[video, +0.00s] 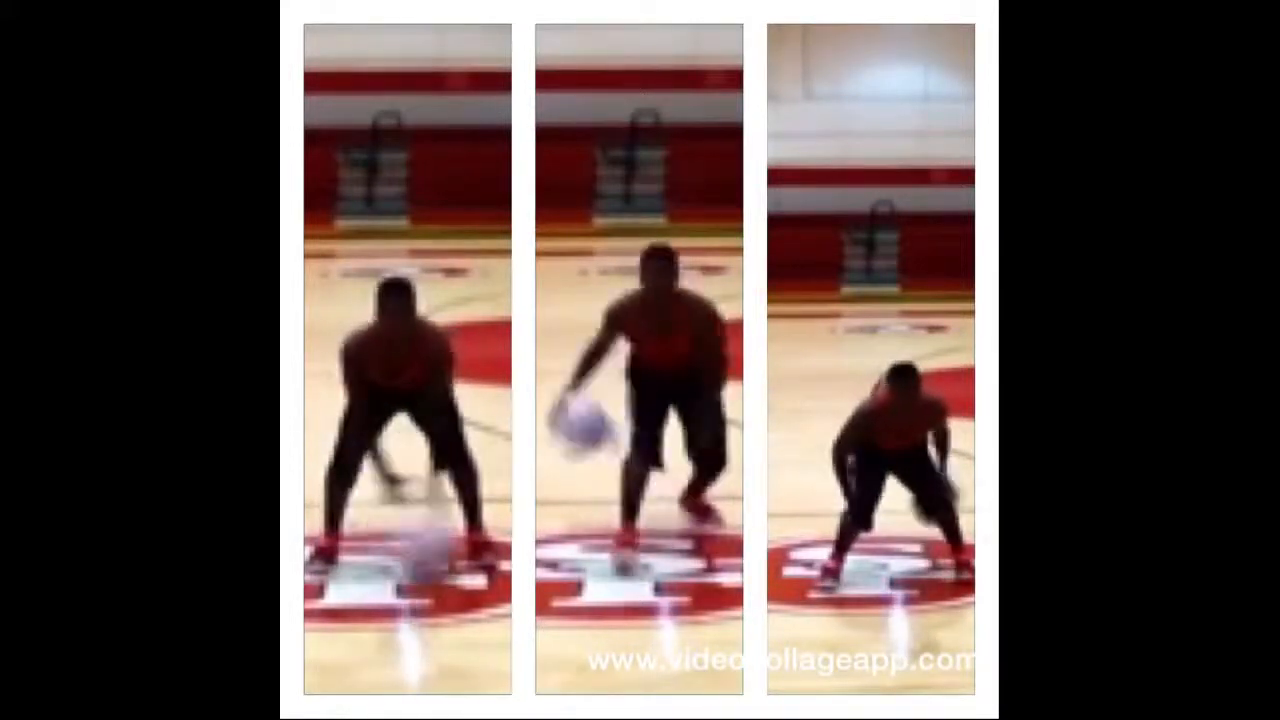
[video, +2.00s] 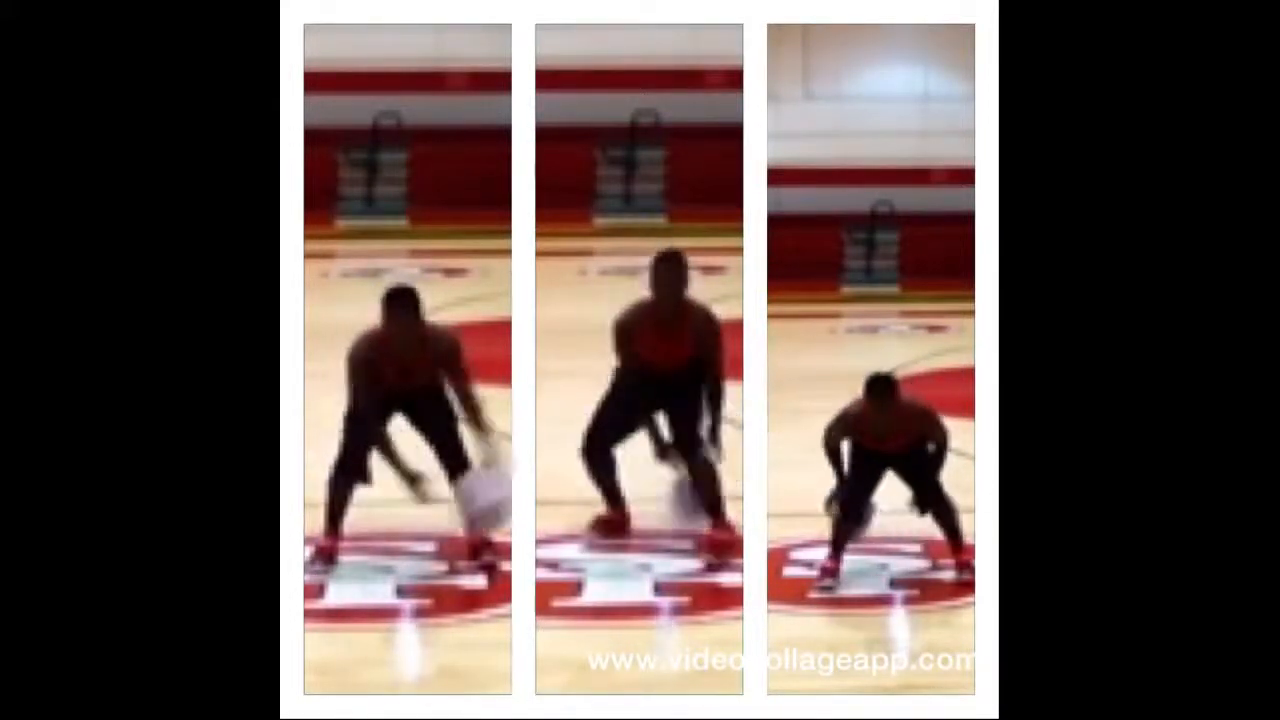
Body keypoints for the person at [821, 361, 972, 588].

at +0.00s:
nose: (905, 400)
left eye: (910, 393)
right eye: (899, 393)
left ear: (918, 389)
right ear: (889, 390)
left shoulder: (931, 409)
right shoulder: (871, 411)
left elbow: (941, 436)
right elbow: (839, 449)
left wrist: (942, 474)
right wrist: (849, 493)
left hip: (911, 454)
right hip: (871, 456)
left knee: (942, 502)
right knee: (859, 511)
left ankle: (960, 559)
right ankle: (835, 562)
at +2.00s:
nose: (881, 413)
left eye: (886, 406)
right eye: (875, 407)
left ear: (896, 399)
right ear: (867, 401)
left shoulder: (918, 414)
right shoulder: (856, 415)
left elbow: (941, 442)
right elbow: (831, 440)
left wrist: (926, 486)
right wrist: (841, 479)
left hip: (910, 453)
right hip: (868, 454)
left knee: (936, 500)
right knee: (850, 504)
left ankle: (960, 555)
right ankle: (833, 560)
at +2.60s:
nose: (890, 407)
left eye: (896, 400)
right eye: (885, 400)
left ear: (905, 393)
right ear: (877, 394)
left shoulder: (928, 411)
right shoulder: (864, 412)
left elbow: (950, 439)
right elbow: (843, 441)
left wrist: (937, 479)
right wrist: (858, 477)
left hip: (919, 454)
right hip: (878, 454)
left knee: (939, 502)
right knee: (862, 505)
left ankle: (961, 556)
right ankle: (835, 559)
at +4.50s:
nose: (906, 402)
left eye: (912, 395)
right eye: (901, 395)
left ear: (920, 390)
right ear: (891, 391)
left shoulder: (937, 408)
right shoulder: (876, 409)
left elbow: (946, 445)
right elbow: (846, 447)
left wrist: (935, 480)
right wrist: (860, 478)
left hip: (920, 453)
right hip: (881, 454)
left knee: (945, 503)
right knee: (864, 508)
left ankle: (962, 557)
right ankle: (835, 560)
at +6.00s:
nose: (888, 405)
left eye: (894, 398)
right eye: (883, 398)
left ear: (903, 392)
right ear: (873, 393)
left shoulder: (926, 411)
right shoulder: (861, 410)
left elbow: (947, 443)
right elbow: (838, 438)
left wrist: (938, 479)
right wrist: (844, 476)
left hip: (914, 454)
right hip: (872, 453)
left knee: (935, 502)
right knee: (848, 503)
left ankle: (962, 557)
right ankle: (832, 560)